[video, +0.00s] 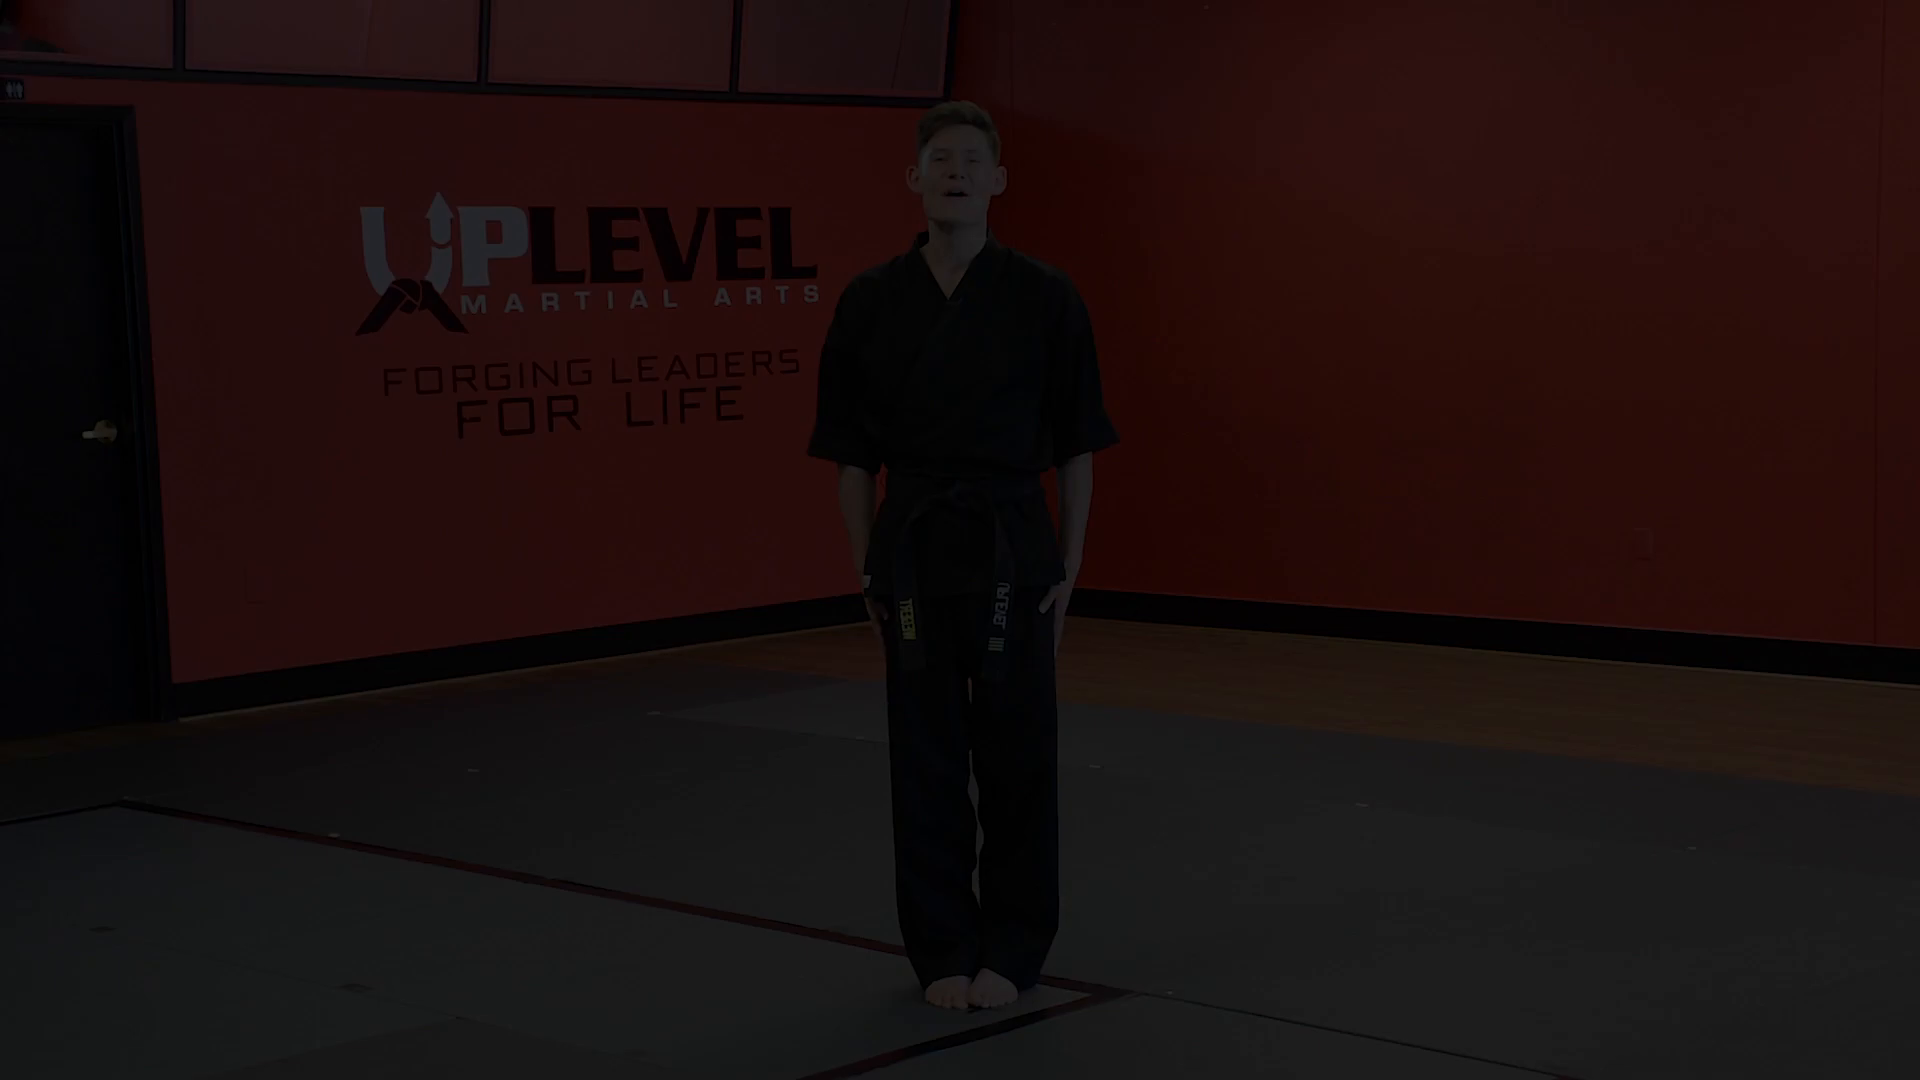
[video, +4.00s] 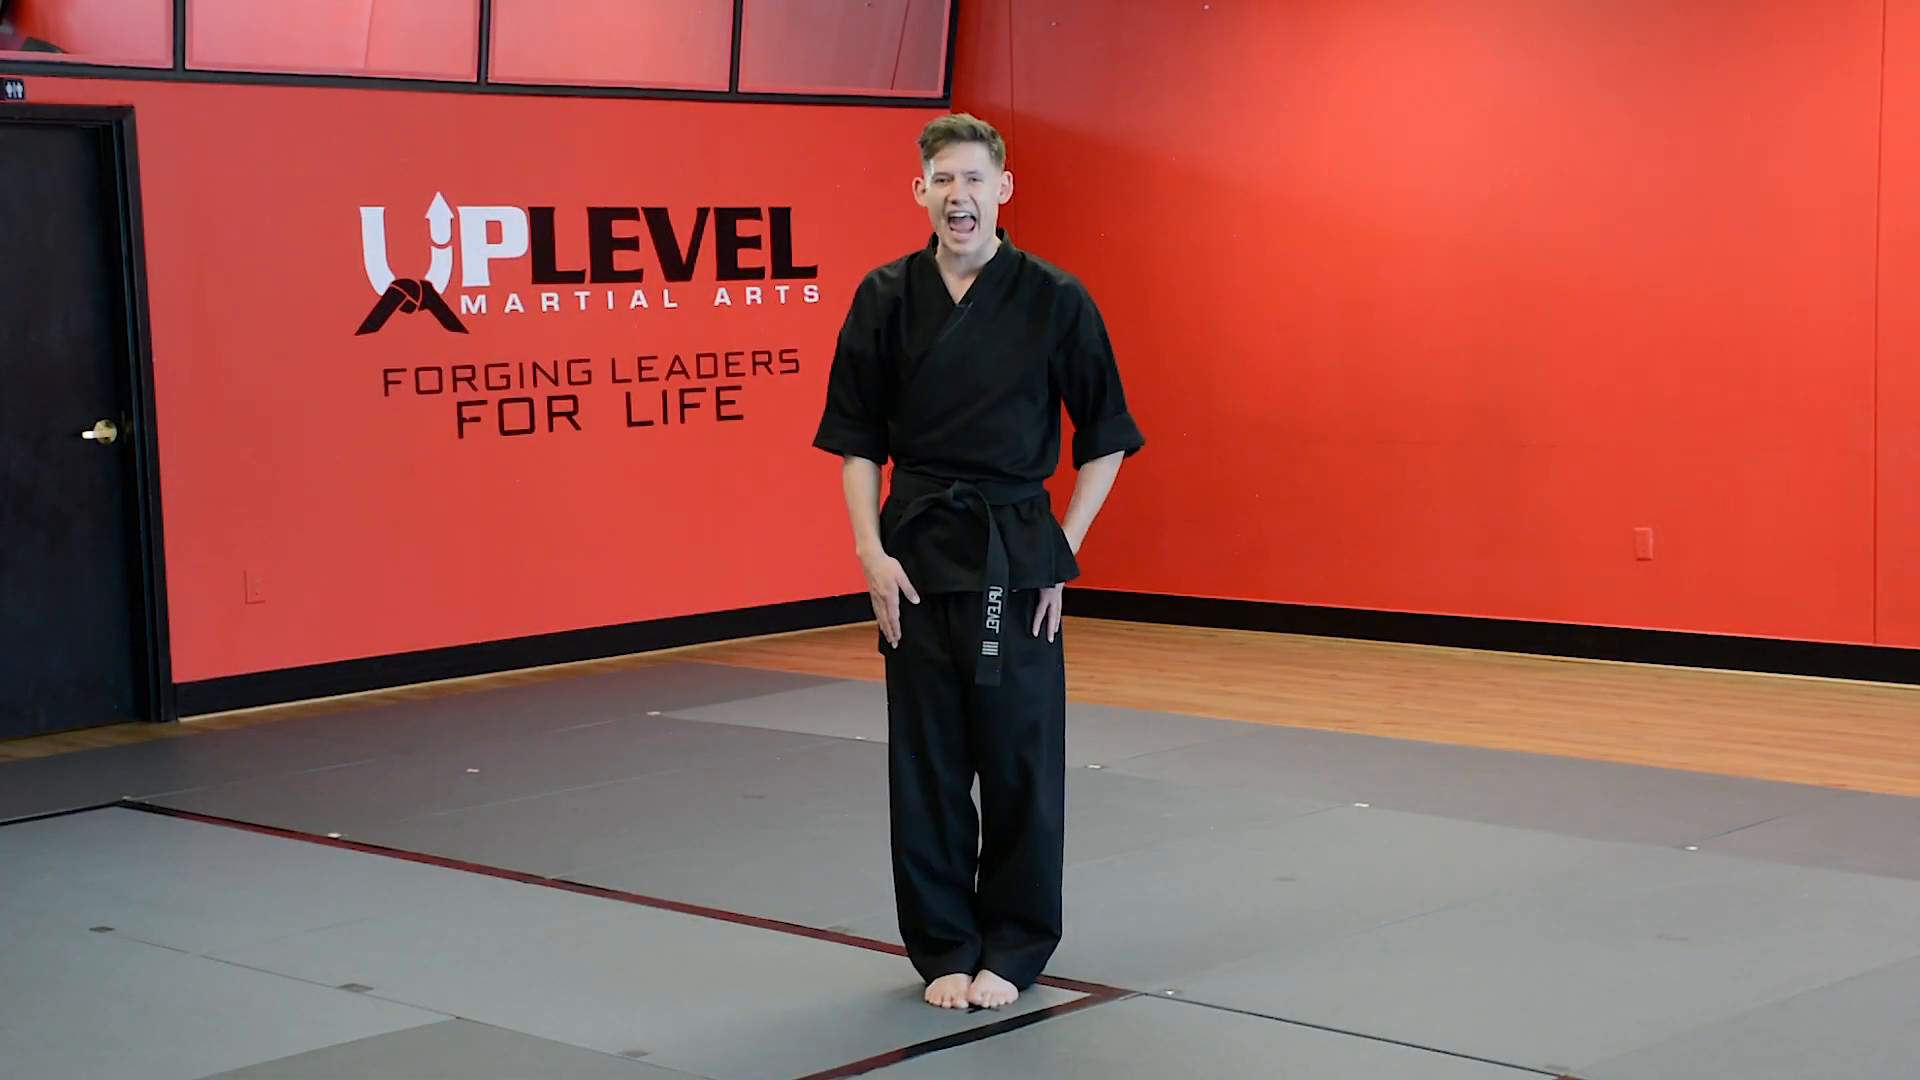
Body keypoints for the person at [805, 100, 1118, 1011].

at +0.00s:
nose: (956, 174)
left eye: (972, 162)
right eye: (940, 162)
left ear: (997, 181)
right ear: (916, 181)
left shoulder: (1043, 295)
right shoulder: (870, 298)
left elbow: (1078, 446)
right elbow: (851, 452)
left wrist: (1070, 566)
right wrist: (867, 566)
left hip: (1017, 556)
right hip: (913, 559)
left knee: (1017, 763)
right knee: (925, 765)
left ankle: (1014, 957)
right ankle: (940, 957)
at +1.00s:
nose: (953, 177)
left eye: (966, 165)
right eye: (934, 166)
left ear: (987, 183)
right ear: (905, 187)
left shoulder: (1039, 297)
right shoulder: (860, 306)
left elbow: (1087, 437)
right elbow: (812, 439)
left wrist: (1070, 556)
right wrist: (857, 529)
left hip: (1017, 536)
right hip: (914, 539)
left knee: (1016, 761)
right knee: (929, 762)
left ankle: (1011, 955)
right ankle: (943, 955)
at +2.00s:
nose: (960, 164)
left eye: (970, 152)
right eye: (938, 154)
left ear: (990, 172)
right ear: (906, 180)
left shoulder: (1030, 283)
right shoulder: (870, 281)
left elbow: (1086, 393)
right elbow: (878, 365)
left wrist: (1054, 502)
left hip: (1014, 531)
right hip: (915, 536)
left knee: (1018, 758)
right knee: (928, 761)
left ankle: (1013, 954)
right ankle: (939, 953)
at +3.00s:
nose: (923, 220)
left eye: (941, 204)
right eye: (910, 205)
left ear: (979, 211)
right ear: (895, 215)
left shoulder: (1036, 303)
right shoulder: (865, 317)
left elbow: (1108, 418)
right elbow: (851, 457)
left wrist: (1061, 531)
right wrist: (875, 574)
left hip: (1022, 544)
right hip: (918, 548)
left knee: (1027, 764)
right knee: (931, 766)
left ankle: (1008, 953)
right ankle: (944, 953)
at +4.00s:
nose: (960, 196)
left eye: (975, 179)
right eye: (944, 180)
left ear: (1004, 188)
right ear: (922, 192)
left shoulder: (1054, 297)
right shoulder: (884, 296)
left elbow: (1107, 432)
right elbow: (855, 438)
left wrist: (1064, 547)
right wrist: (870, 553)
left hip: (1017, 545)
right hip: (915, 545)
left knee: (1021, 766)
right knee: (927, 765)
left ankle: (1011, 955)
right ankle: (945, 953)